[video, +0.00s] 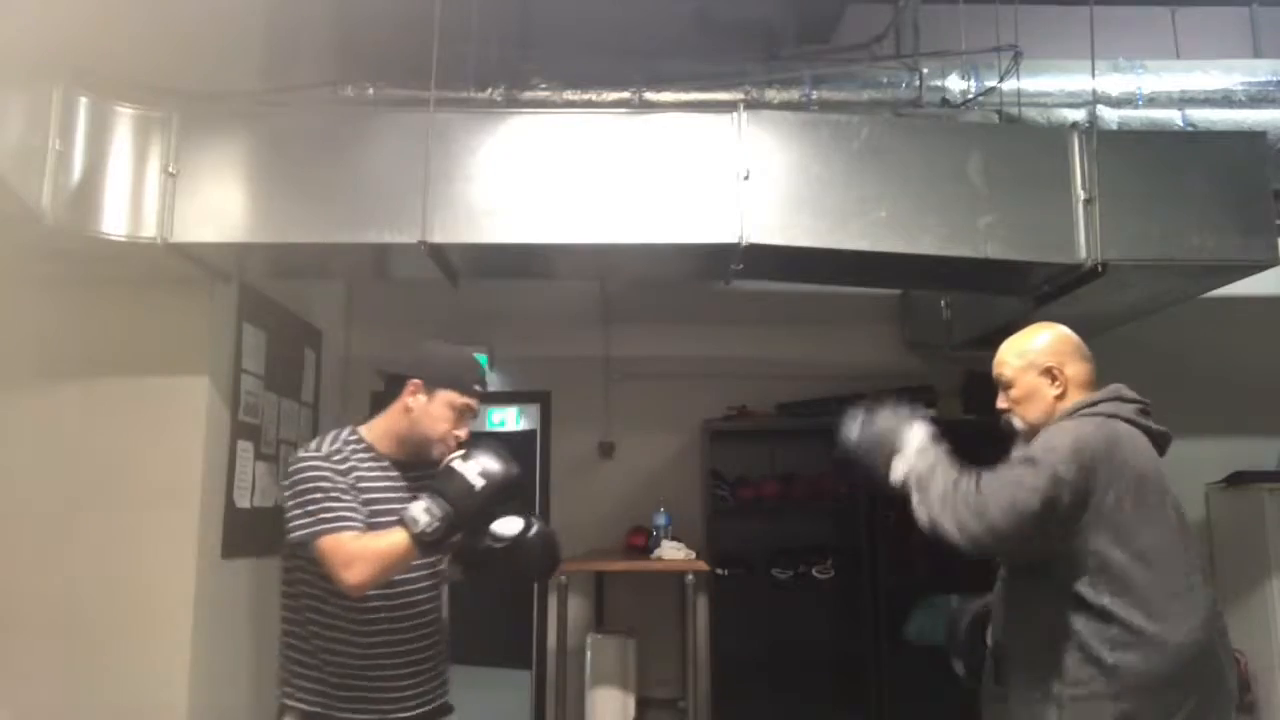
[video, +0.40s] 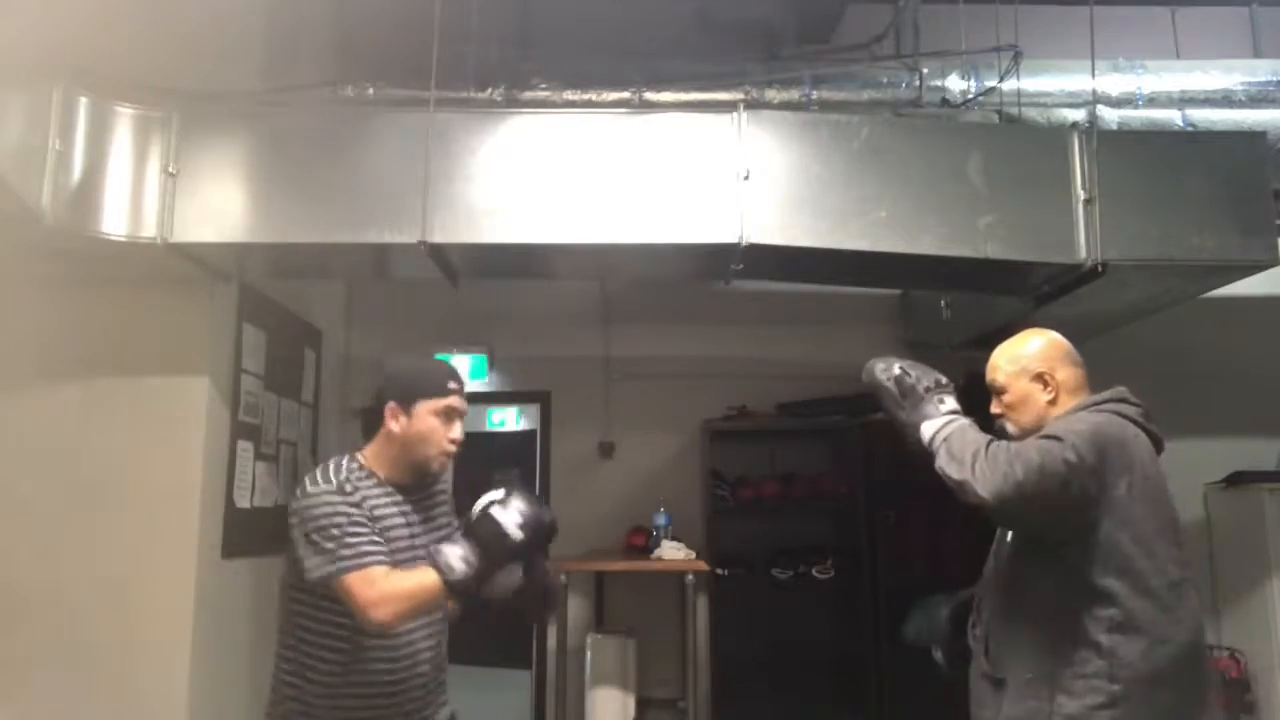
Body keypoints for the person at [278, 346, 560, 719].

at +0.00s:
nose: (465, 434)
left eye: (470, 421)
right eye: (460, 413)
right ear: (413, 395)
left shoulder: (428, 473)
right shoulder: (321, 464)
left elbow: (444, 560)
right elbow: (352, 570)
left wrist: (499, 556)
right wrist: (441, 507)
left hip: (425, 704)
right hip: (333, 709)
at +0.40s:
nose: (459, 435)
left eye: (461, 421)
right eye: (446, 417)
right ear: (395, 418)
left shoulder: (434, 487)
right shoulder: (328, 492)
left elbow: (443, 597)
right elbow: (377, 605)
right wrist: (472, 554)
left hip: (425, 707)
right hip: (331, 710)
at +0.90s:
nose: (616, 462)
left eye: (618, 446)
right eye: (603, 446)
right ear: (553, 445)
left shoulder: (592, 504)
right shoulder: (479, 519)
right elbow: (508, 644)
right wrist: (587, 570)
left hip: (605, 705)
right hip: (505, 710)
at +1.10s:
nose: (584, 460)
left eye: (588, 445)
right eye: (573, 442)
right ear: (523, 436)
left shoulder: (550, 507)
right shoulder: (447, 505)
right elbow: (494, 623)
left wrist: (640, 552)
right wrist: (574, 552)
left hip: (533, 707)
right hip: (450, 709)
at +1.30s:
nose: (550, 437)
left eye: (553, 422)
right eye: (542, 417)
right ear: (495, 406)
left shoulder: (514, 479)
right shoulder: (409, 481)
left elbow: (540, 566)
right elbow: (471, 585)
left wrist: (583, 552)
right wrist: (549, 518)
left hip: (505, 703)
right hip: (421, 709)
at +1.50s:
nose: (547, 431)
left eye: (550, 416)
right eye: (539, 411)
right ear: (492, 401)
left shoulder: (503, 475)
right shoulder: (413, 480)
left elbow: (512, 572)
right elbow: (448, 602)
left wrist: (571, 533)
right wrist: (537, 550)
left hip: (500, 703)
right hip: (418, 709)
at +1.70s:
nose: (561, 455)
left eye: (564, 440)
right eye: (553, 435)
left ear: (507, 428)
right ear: (506, 425)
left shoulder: (509, 497)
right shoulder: (424, 491)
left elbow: (507, 602)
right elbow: (461, 603)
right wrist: (552, 544)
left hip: (499, 706)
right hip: (418, 709)